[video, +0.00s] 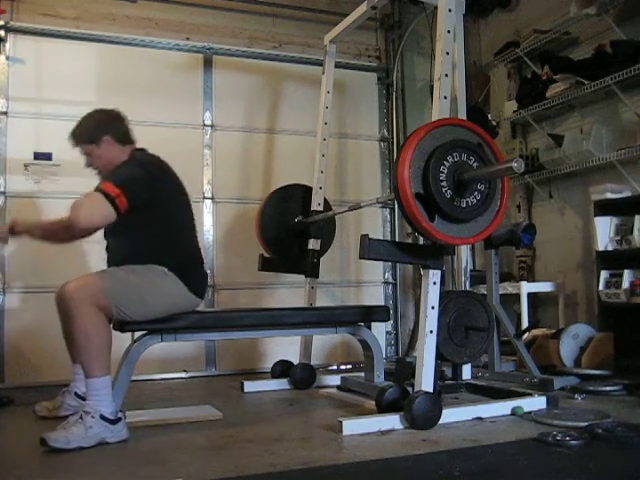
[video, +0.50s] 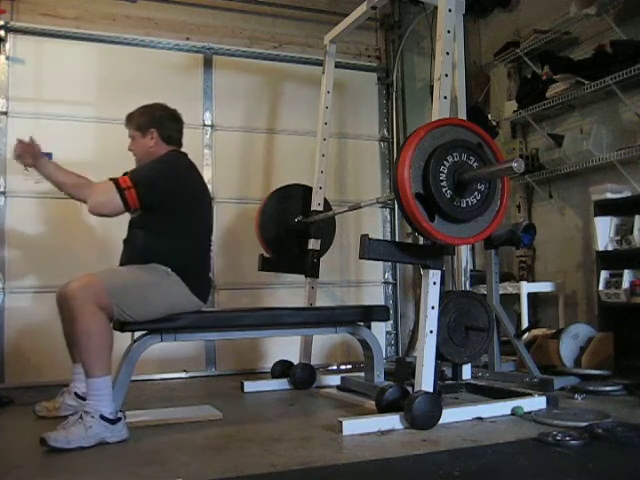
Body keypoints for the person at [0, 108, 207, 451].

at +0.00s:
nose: (88, 161)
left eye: (90, 153)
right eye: (85, 155)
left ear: (109, 142)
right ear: (112, 143)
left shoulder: (141, 170)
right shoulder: (127, 173)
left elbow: (80, 220)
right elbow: (75, 229)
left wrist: (31, 229)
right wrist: (28, 228)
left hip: (173, 280)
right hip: (150, 278)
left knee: (81, 296)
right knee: (68, 295)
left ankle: (104, 416)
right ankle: (81, 394)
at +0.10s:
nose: (99, 153)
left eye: (101, 144)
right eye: (98, 145)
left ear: (120, 139)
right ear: (124, 140)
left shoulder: (151, 168)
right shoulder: (140, 169)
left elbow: (78, 214)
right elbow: (79, 217)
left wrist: (26, 208)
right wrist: (26, 208)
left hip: (173, 279)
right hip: (153, 276)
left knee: (80, 296)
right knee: (67, 296)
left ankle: (104, 415)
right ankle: (82, 394)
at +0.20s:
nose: (109, 150)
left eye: (111, 141)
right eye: (109, 142)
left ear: (130, 137)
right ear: (138, 138)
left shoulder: (158, 168)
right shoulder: (149, 168)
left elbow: (78, 208)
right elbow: (91, 207)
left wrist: (32, 193)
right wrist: (39, 195)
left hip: (174, 279)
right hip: (153, 276)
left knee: (81, 296)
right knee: (67, 295)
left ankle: (104, 415)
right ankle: (81, 394)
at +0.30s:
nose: (118, 148)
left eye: (121, 139)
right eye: (119, 140)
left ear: (139, 137)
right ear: (146, 138)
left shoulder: (164, 167)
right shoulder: (155, 169)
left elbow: (85, 203)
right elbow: (91, 204)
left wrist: (37, 183)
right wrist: (41, 185)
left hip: (175, 280)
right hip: (154, 277)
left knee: (82, 297)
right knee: (67, 296)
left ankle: (104, 416)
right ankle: (82, 395)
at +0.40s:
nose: (125, 146)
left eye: (128, 137)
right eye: (125, 138)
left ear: (146, 136)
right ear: (151, 138)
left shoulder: (167, 168)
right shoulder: (161, 169)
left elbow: (88, 198)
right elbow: (94, 199)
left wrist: (37, 171)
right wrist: (42, 174)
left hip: (177, 280)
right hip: (157, 276)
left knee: (83, 297)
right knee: (68, 295)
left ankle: (104, 416)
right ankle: (82, 394)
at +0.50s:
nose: (129, 146)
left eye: (133, 138)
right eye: (130, 138)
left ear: (153, 138)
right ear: (155, 139)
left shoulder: (170, 169)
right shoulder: (159, 169)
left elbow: (100, 204)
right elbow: (90, 191)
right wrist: (40, 162)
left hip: (178, 280)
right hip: (157, 276)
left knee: (84, 296)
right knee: (69, 294)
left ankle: (104, 416)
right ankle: (82, 394)